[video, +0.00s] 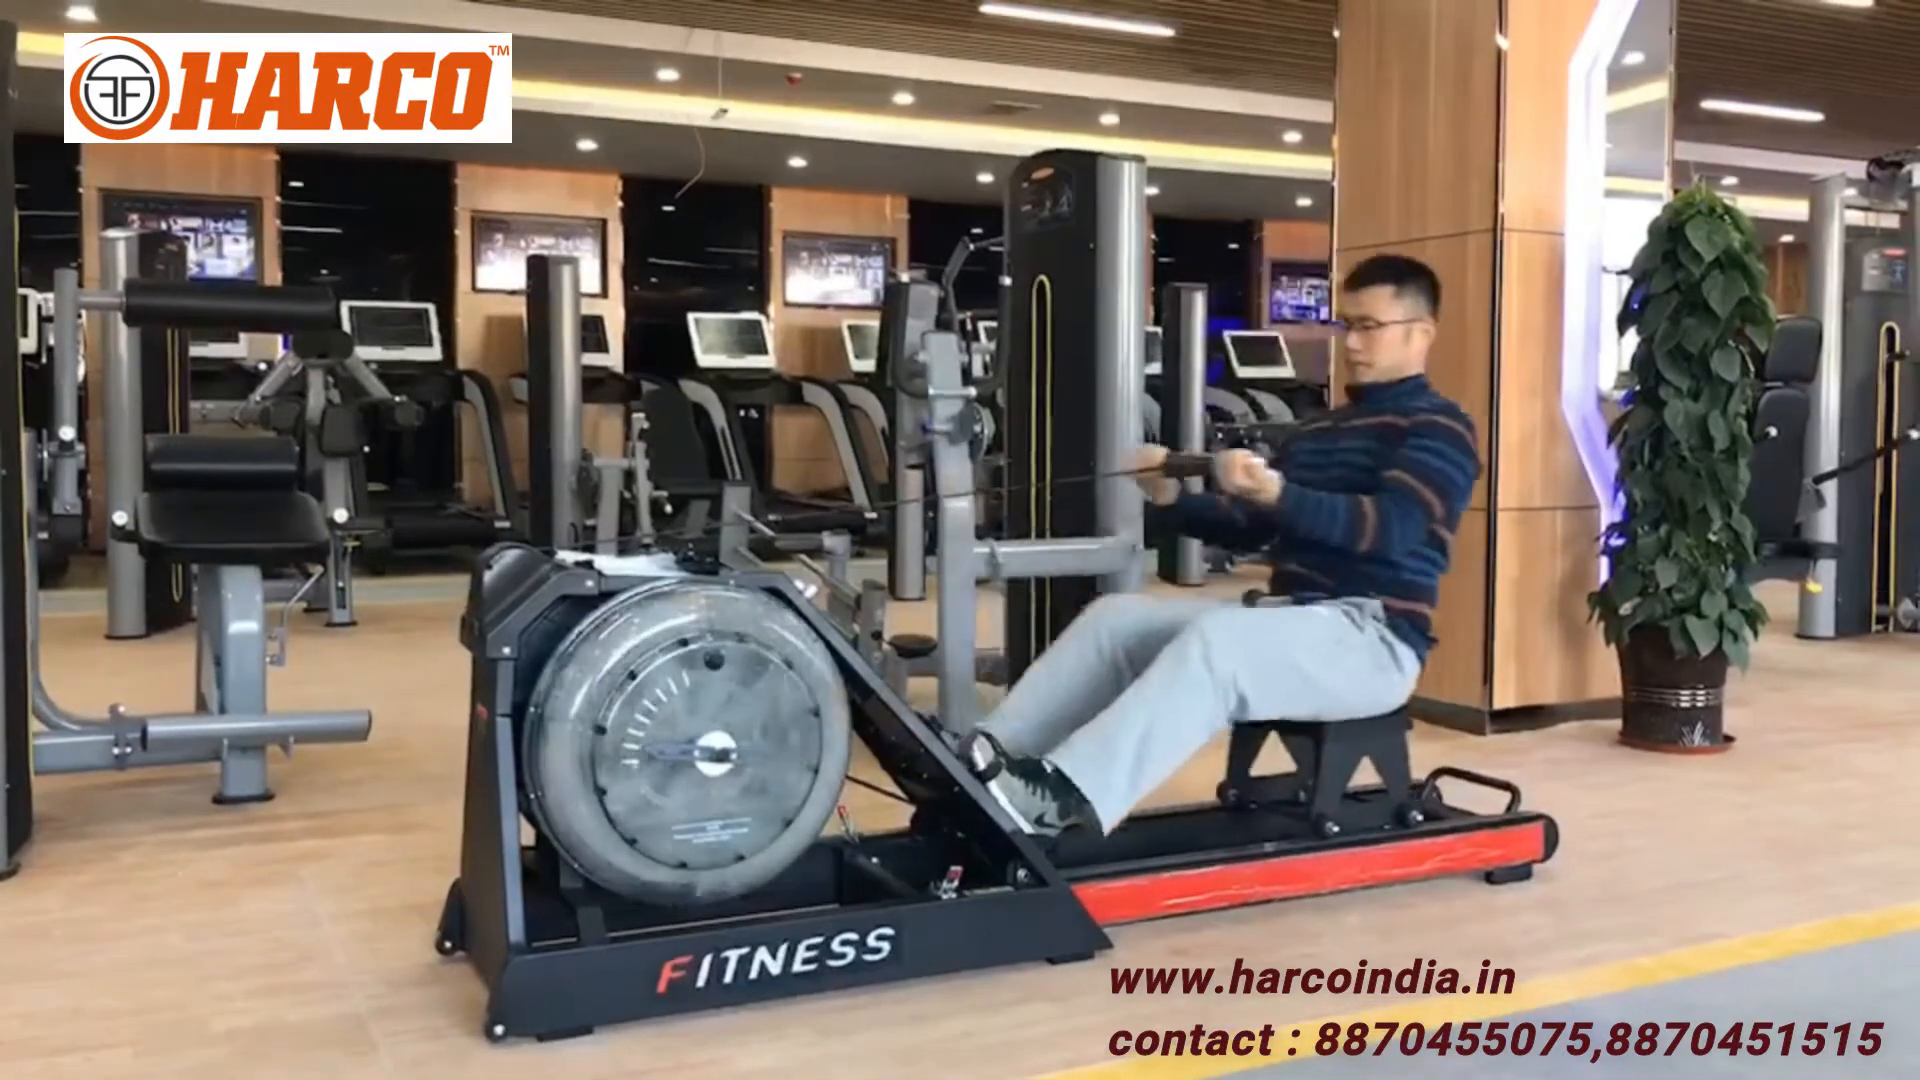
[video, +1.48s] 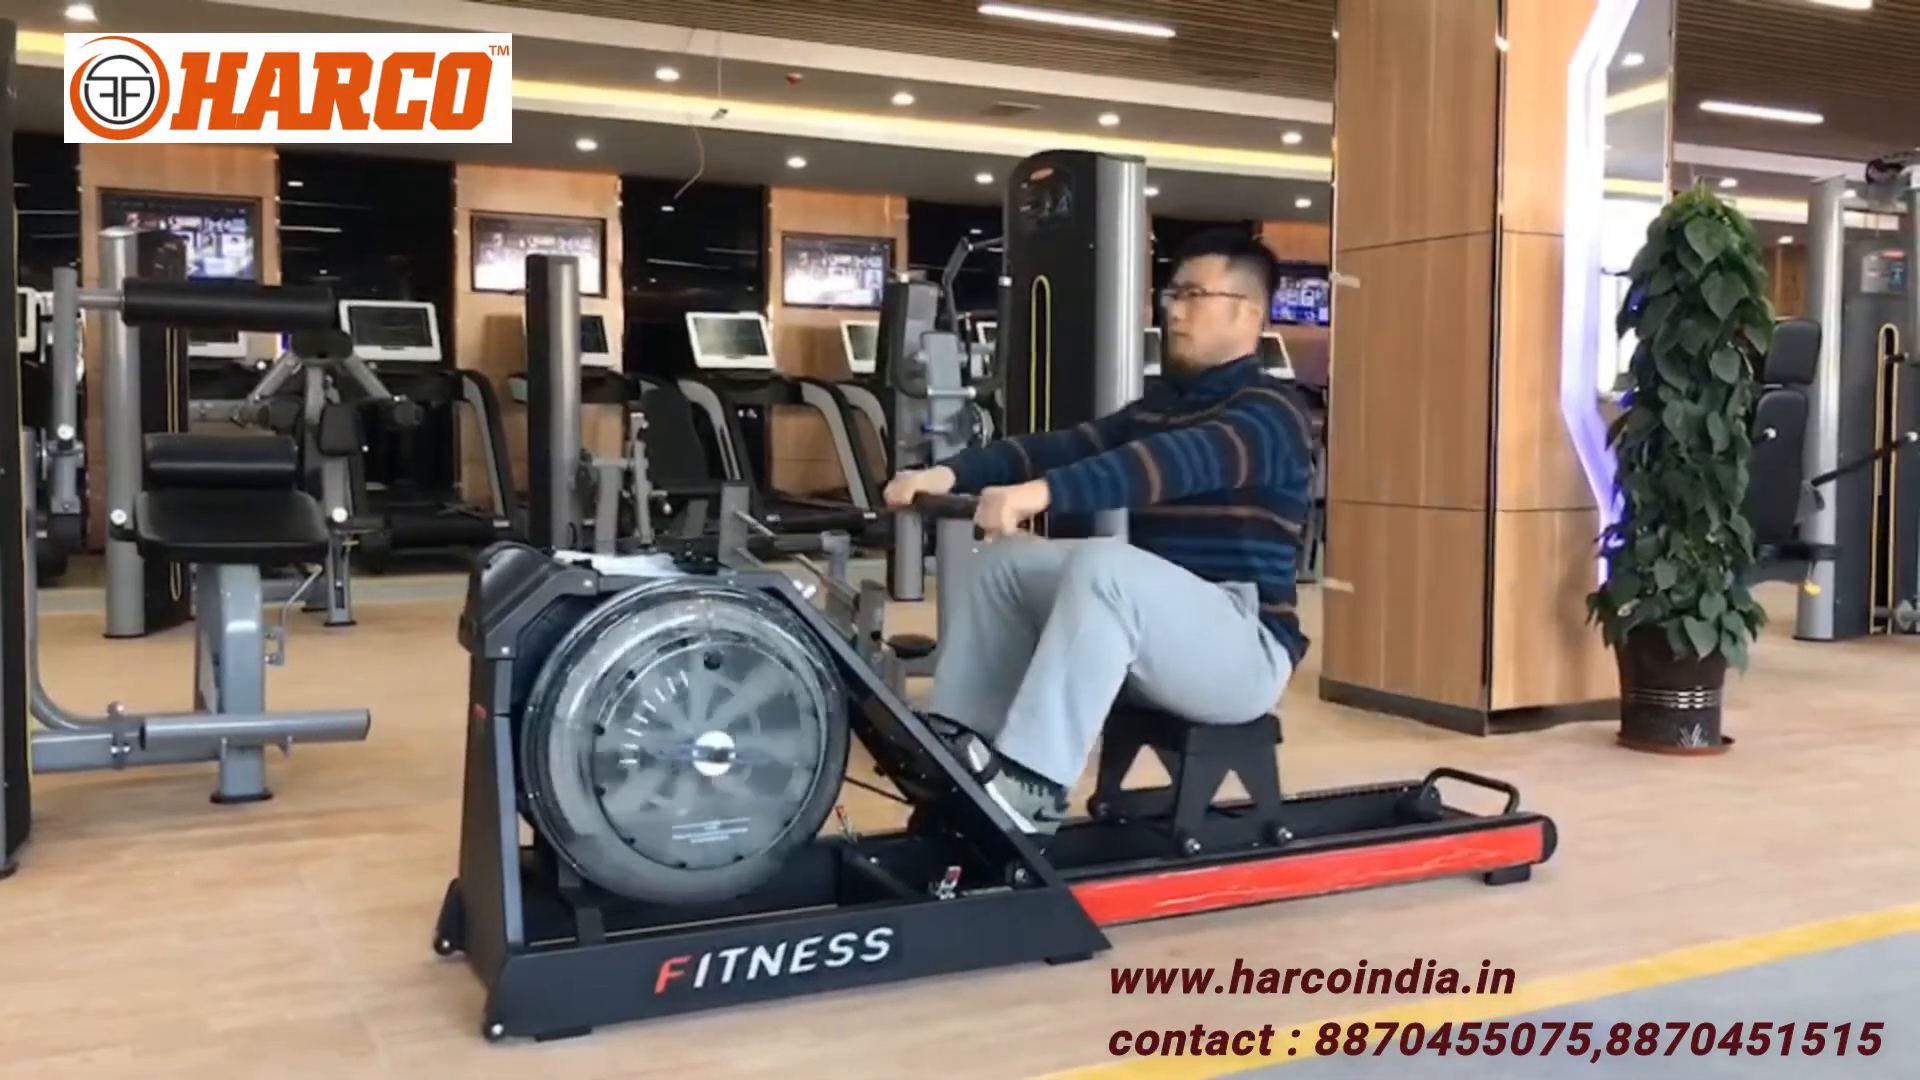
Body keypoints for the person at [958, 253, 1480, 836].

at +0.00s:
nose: (1353, 343)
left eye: (1373, 327)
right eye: (1347, 326)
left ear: (1424, 336)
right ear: (1339, 330)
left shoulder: (1442, 430)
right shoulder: (1325, 429)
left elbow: (1386, 528)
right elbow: (1261, 528)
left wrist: (1279, 495)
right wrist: (1169, 495)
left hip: (1373, 637)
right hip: (1291, 617)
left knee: (1214, 645)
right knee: (1117, 619)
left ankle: (1065, 795)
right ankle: (983, 759)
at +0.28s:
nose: (1408, 359)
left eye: (1429, 344)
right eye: (1403, 343)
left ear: (1480, 353)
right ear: (1396, 346)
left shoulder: (1508, 446)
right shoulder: (1382, 440)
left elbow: (1503, 562)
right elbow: (1322, 551)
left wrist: (1400, 507)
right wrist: (1282, 498)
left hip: (1402, 644)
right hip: (1317, 619)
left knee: (1239, 704)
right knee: (1171, 671)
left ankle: (1079, 820)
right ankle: (1007, 756)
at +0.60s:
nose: (1362, 350)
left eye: (1381, 334)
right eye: (1357, 335)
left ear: (1434, 344)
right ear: (1352, 340)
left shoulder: (1471, 440)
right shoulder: (1340, 437)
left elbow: (1496, 562)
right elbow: (1300, 555)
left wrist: (1392, 516)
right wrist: (1263, 505)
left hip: (1384, 641)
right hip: (1297, 619)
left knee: (1222, 648)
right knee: (1127, 618)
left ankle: (1079, 800)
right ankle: (999, 754)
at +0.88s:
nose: (1241, 327)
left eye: (1261, 312)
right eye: (1239, 311)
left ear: (1319, 324)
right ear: (1234, 317)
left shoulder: (1351, 423)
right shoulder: (1226, 431)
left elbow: (1348, 541)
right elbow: (1175, 534)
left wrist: (1228, 529)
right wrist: (1090, 513)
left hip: (1317, 644)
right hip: (1219, 620)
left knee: (1176, 599)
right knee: (1060, 580)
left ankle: (1054, 787)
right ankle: (973, 751)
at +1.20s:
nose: (1121, 313)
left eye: (1139, 298)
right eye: (1120, 298)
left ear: (1195, 316)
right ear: (1113, 309)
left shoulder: (1227, 414)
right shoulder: (1113, 415)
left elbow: (1166, 487)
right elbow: (1034, 467)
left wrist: (1039, 509)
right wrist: (940, 487)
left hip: (1230, 652)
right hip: (1127, 637)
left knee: (1097, 566)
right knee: (974, 564)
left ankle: (1034, 784)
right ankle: (959, 758)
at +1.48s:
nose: (1173, 308)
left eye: (1194, 295)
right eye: (1173, 294)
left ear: (1249, 317)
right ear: (1164, 306)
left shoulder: (1269, 412)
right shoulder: (1162, 405)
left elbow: (1165, 465)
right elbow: (1075, 448)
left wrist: (1045, 492)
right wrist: (951, 474)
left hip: (1246, 650)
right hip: (1156, 628)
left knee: (1105, 569)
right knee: (999, 561)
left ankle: (1035, 785)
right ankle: (957, 756)